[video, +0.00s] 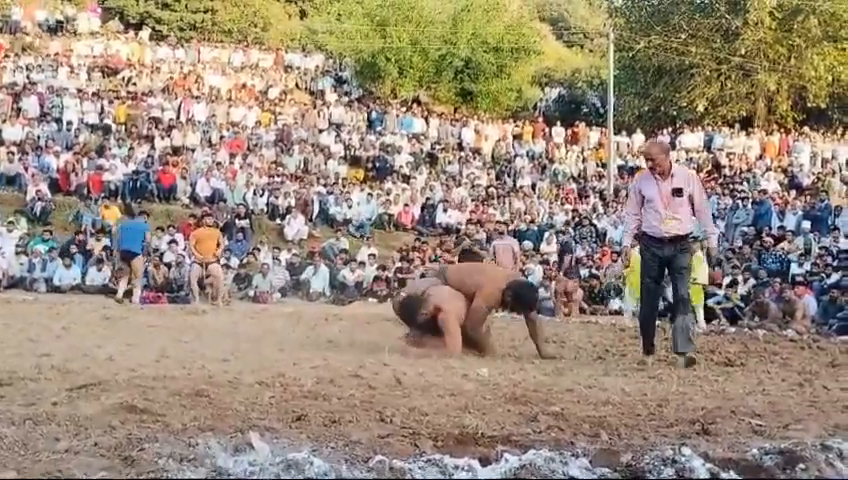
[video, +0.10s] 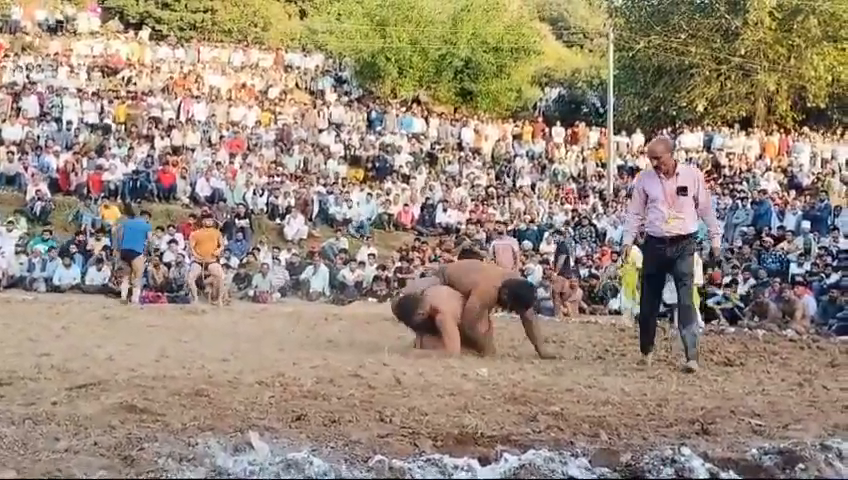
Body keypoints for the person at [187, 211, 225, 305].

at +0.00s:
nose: (210, 221)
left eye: (211, 219)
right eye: (207, 219)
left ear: (213, 220)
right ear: (203, 220)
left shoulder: (217, 232)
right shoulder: (195, 233)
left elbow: (221, 244)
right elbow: (191, 246)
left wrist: (218, 252)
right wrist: (197, 255)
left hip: (212, 259)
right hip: (199, 259)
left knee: (219, 276)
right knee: (193, 277)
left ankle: (219, 299)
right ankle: (196, 299)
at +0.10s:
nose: (209, 222)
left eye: (211, 220)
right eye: (206, 220)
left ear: (213, 221)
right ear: (202, 221)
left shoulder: (217, 233)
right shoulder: (195, 234)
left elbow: (222, 245)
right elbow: (191, 247)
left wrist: (217, 251)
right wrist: (197, 256)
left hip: (212, 260)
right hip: (198, 259)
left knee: (220, 276)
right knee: (191, 278)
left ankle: (219, 299)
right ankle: (195, 299)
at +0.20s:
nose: (208, 222)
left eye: (210, 220)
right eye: (206, 220)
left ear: (213, 221)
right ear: (202, 221)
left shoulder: (217, 234)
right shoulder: (194, 234)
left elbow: (222, 246)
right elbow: (191, 247)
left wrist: (216, 253)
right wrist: (195, 255)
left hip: (212, 259)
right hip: (199, 259)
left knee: (222, 275)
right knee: (190, 277)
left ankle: (220, 299)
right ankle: (195, 299)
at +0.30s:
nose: (208, 221)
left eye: (210, 219)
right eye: (206, 219)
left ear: (213, 220)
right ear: (202, 220)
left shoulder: (217, 233)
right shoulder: (194, 233)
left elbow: (222, 246)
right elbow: (191, 247)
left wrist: (215, 253)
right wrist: (197, 257)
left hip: (213, 259)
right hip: (199, 259)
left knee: (221, 275)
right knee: (189, 276)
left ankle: (219, 298)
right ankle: (194, 297)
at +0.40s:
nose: (208, 220)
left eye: (210, 218)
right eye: (206, 218)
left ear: (213, 220)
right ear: (201, 219)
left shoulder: (216, 232)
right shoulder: (193, 233)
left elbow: (222, 244)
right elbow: (191, 247)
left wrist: (215, 253)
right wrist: (196, 256)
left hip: (213, 259)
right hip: (199, 259)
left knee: (221, 275)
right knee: (189, 276)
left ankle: (218, 298)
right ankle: (194, 297)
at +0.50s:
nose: (207, 219)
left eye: (209, 217)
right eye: (204, 217)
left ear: (212, 218)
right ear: (200, 219)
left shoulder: (216, 231)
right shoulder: (194, 232)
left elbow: (222, 244)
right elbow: (190, 246)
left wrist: (215, 251)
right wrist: (196, 254)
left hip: (213, 258)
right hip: (199, 258)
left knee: (218, 275)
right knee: (190, 276)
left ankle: (217, 298)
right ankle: (194, 297)